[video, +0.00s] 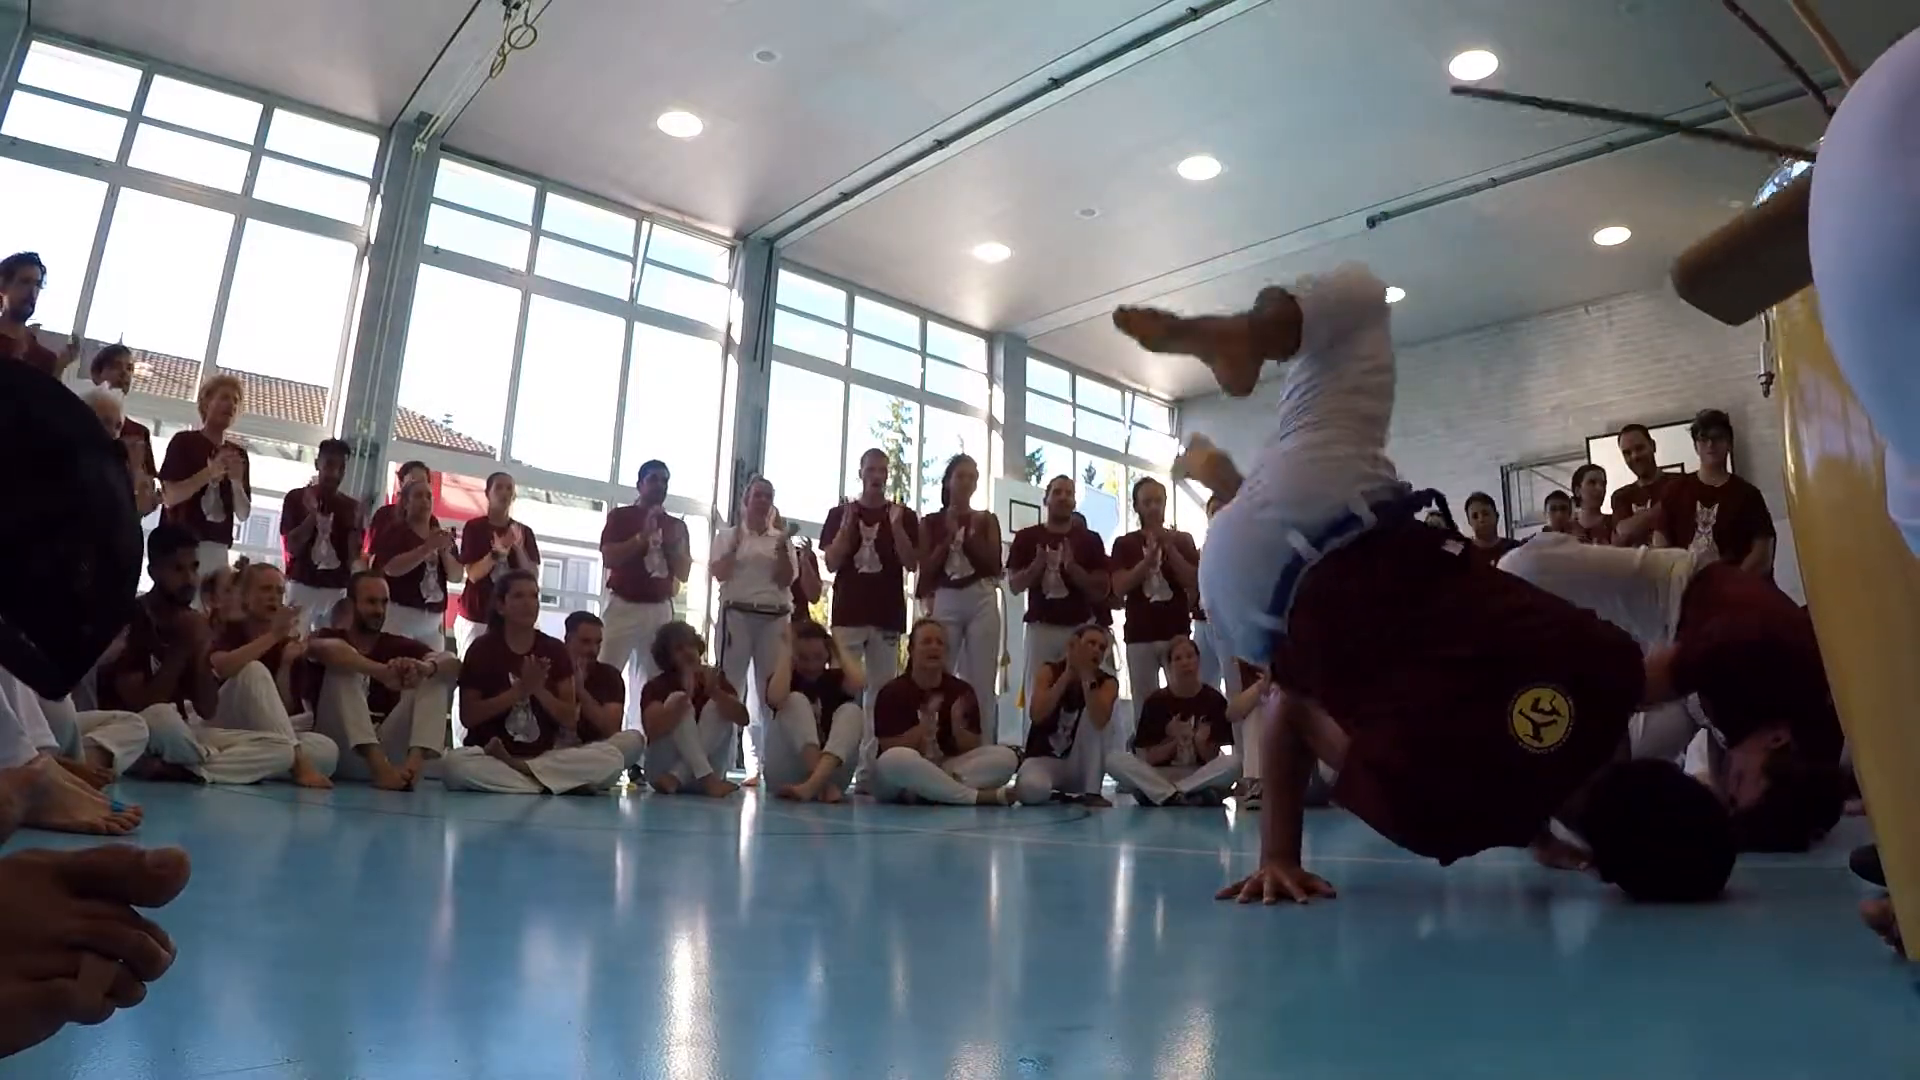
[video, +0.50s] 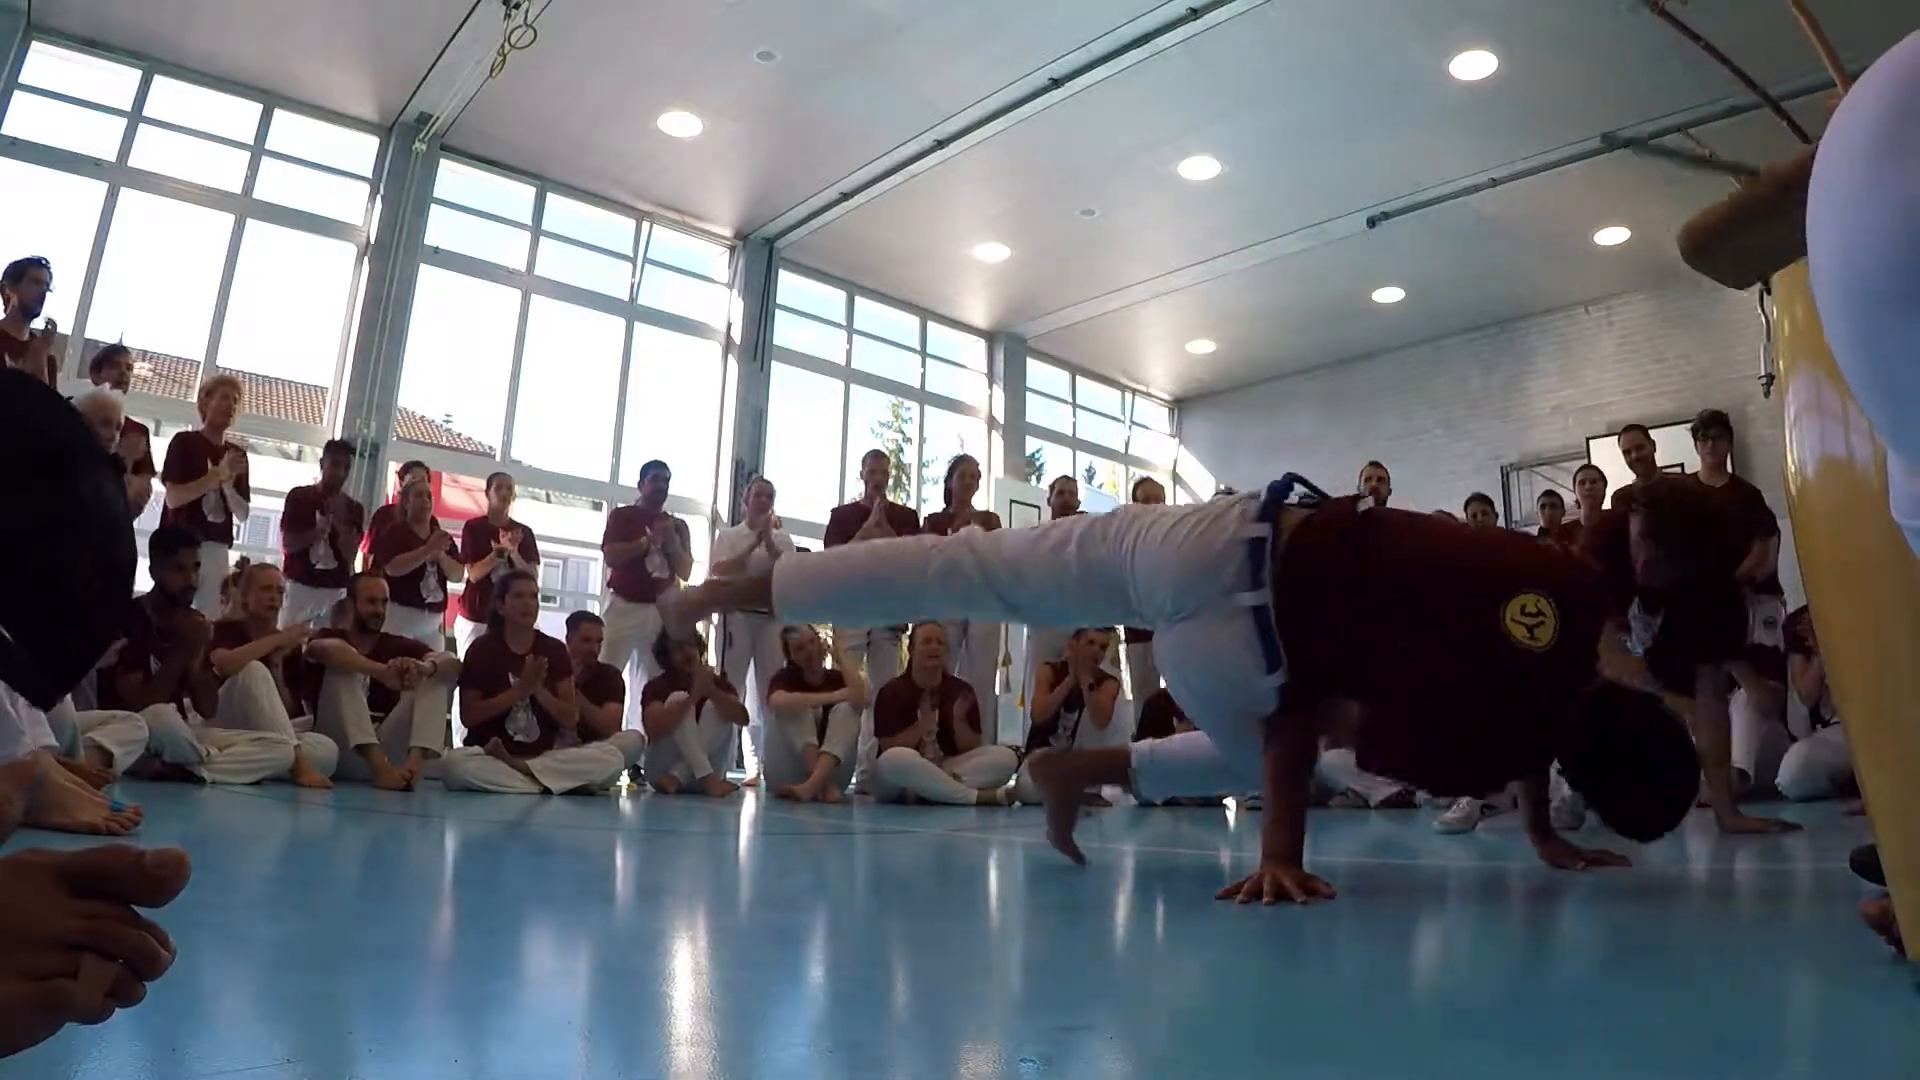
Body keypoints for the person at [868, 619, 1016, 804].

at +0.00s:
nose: (934, 647)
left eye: (940, 643)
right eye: (926, 642)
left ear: (946, 651)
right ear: (911, 650)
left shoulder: (962, 690)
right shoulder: (891, 692)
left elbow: (972, 748)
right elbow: (887, 747)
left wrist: (958, 729)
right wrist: (922, 729)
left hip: (950, 767)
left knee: (1006, 758)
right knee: (895, 759)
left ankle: (934, 792)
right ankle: (974, 797)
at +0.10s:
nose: (934, 648)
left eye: (939, 643)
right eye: (926, 642)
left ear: (946, 650)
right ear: (911, 650)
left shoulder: (961, 690)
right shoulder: (892, 692)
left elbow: (970, 750)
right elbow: (887, 748)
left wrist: (963, 723)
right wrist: (920, 726)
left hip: (951, 768)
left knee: (1006, 758)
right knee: (895, 759)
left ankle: (934, 792)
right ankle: (974, 797)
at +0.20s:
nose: (934, 647)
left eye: (939, 643)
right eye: (926, 642)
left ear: (946, 651)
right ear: (911, 650)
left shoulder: (961, 690)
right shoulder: (892, 692)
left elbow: (971, 749)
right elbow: (887, 748)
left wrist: (960, 724)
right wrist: (920, 726)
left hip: (950, 768)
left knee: (1006, 758)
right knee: (895, 759)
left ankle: (935, 792)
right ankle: (975, 797)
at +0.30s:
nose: (934, 647)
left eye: (939, 643)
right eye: (926, 642)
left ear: (946, 650)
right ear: (911, 650)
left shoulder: (962, 690)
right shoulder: (892, 691)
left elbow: (973, 746)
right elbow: (887, 746)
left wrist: (949, 724)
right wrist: (926, 730)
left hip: (950, 767)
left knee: (1006, 758)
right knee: (895, 759)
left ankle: (934, 792)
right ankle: (975, 797)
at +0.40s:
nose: (934, 647)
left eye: (940, 642)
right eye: (926, 642)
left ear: (946, 650)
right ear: (911, 650)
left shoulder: (962, 690)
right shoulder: (892, 692)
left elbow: (972, 747)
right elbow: (887, 747)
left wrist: (953, 720)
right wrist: (924, 731)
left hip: (950, 768)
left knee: (1006, 758)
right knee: (896, 758)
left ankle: (933, 794)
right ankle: (974, 797)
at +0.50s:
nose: (934, 647)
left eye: (939, 643)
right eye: (926, 642)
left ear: (946, 651)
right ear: (911, 650)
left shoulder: (962, 690)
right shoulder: (891, 692)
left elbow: (971, 749)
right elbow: (886, 748)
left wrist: (959, 723)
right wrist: (920, 727)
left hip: (950, 768)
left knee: (1006, 758)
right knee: (895, 759)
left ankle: (932, 793)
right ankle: (974, 797)